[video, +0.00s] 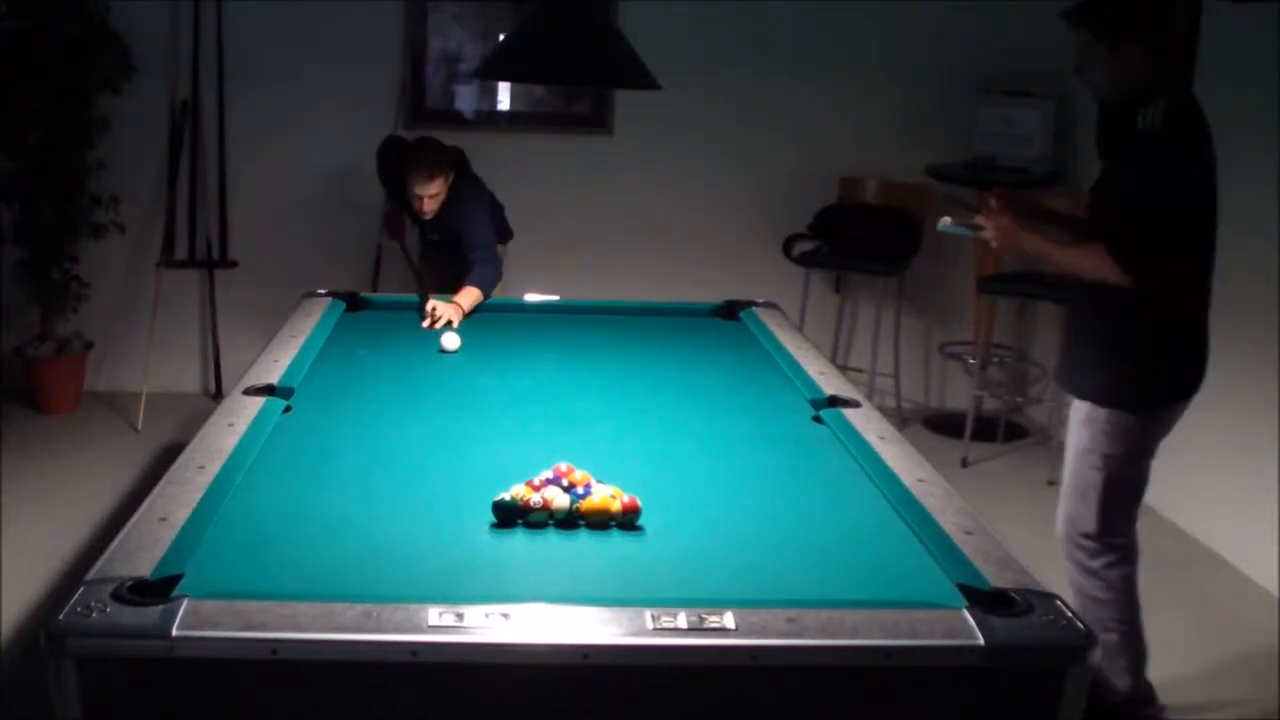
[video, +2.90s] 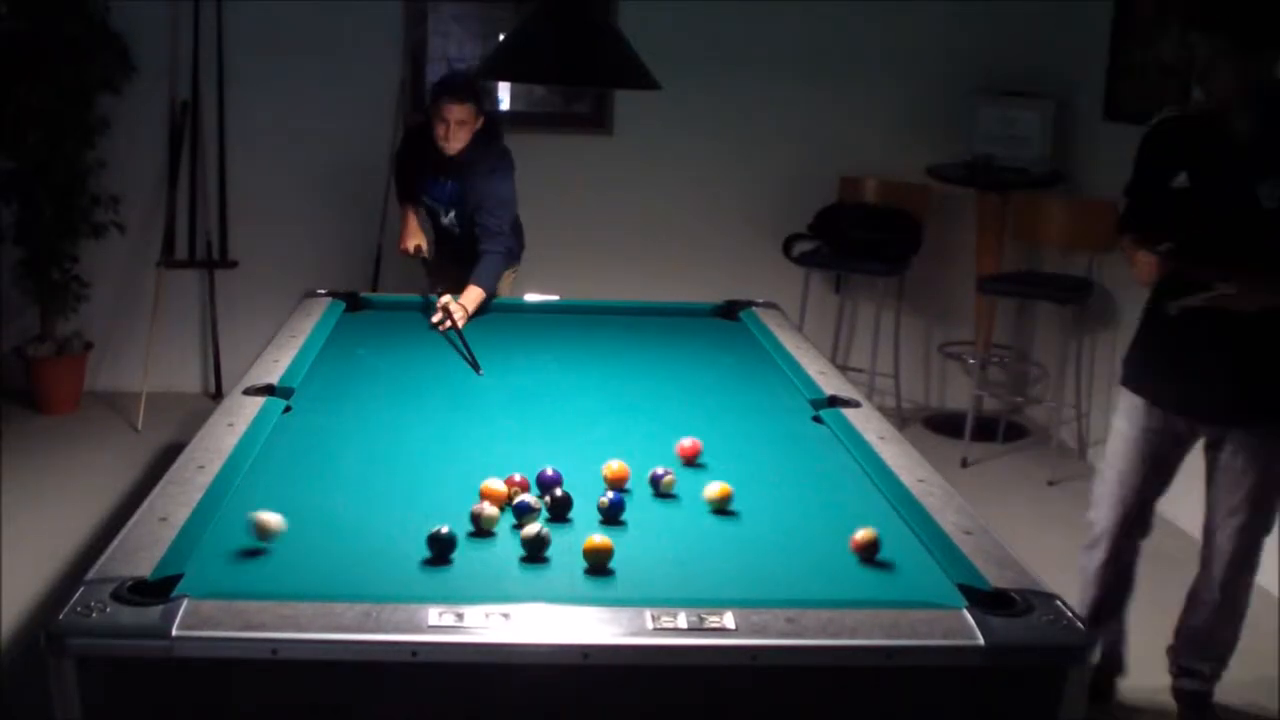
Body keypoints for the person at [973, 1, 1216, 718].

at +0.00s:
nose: (1081, 69)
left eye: (1091, 52)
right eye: (1082, 52)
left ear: (1128, 52)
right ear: (1144, 49)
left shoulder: (1156, 128)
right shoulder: (1153, 120)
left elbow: (1134, 264)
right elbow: (1119, 224)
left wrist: (1028, 245)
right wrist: (1034, 210)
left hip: (1126, 373)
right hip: (1131, 368)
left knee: (1092, 539)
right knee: (1095, 533)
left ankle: (1122, 695)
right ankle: (1111, 684)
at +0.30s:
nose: (1048, 70)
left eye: (1056, 55)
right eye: (1048, 56)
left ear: (1086, 56)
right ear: (1118, 52)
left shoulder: (1111, 126)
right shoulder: (1141, 122)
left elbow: (1096, 259)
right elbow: (1091, 218)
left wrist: (1000, 239)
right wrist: (1007, 206)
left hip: (1091, 374)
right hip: (1138, 370)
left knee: (1027, 520)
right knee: (1111, 525)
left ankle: (1014, 671)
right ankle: (1104, 668)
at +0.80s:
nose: (980, 74)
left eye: (988, 59)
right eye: (979, 60)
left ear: (1018, 56)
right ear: (1039, 52)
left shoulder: (1052, 122)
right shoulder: (1057, 113)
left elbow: (1031, 261)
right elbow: (1026, 218)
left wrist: (937, 240)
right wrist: (946, 204)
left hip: (1045, 358)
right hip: (1046, 350)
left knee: (1007, 515)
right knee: (999, 495)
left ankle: (1035, 645)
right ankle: (1031, 632)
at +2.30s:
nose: (1003, 68)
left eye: (1014, 54)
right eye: (1001, 54)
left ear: (1049, 52)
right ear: (1020, 54)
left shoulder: (1102, 128)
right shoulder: (1029, 126)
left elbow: (1101, 244)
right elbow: (1038, 226)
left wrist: (993, 239)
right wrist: (980, 224)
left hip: (1088, 355)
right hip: (1028, 346)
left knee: (1101, 506)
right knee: (1018, 493)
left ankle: (1144, 655)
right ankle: (1006, 628)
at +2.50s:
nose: (1069, 69)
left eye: (1082, 55)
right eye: (1068, 55)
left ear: (1122, 57)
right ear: (1077, 56)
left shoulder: (1179, 144)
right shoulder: (1075, 126)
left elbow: (1174, 261)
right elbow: (1068, 219)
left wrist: (1059, 252)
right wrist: (1019, 224)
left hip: (1138, 375)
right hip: (1061, 358)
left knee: (1158, 525)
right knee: (1035, 496)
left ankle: (1185, 674)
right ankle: (1011, 630)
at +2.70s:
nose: (1121, 75)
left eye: (1137, 60)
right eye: (1125, 60)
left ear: (1186, 64)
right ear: (1150, 70)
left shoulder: (1258, 156)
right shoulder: (1129, 146)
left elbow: (1263, 282)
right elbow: (1099, 241)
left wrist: (1149, 277)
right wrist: (1081, 251)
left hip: (1213, 391)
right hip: (1122, 375)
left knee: (1199, 547)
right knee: (1060, 505)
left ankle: (1191, 678)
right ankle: (1018, 634)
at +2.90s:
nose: (1228, 90)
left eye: (1242, 78)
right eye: (1220, 74)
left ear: (1266, 80)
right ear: (1205, 72)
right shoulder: (1174, 138)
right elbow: (1138, 248)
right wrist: (1154, 256)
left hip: (1262, 380)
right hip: (1167, 363)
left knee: (1232, 553)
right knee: (1111, 523)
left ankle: (1195, 681)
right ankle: (1094, 663)